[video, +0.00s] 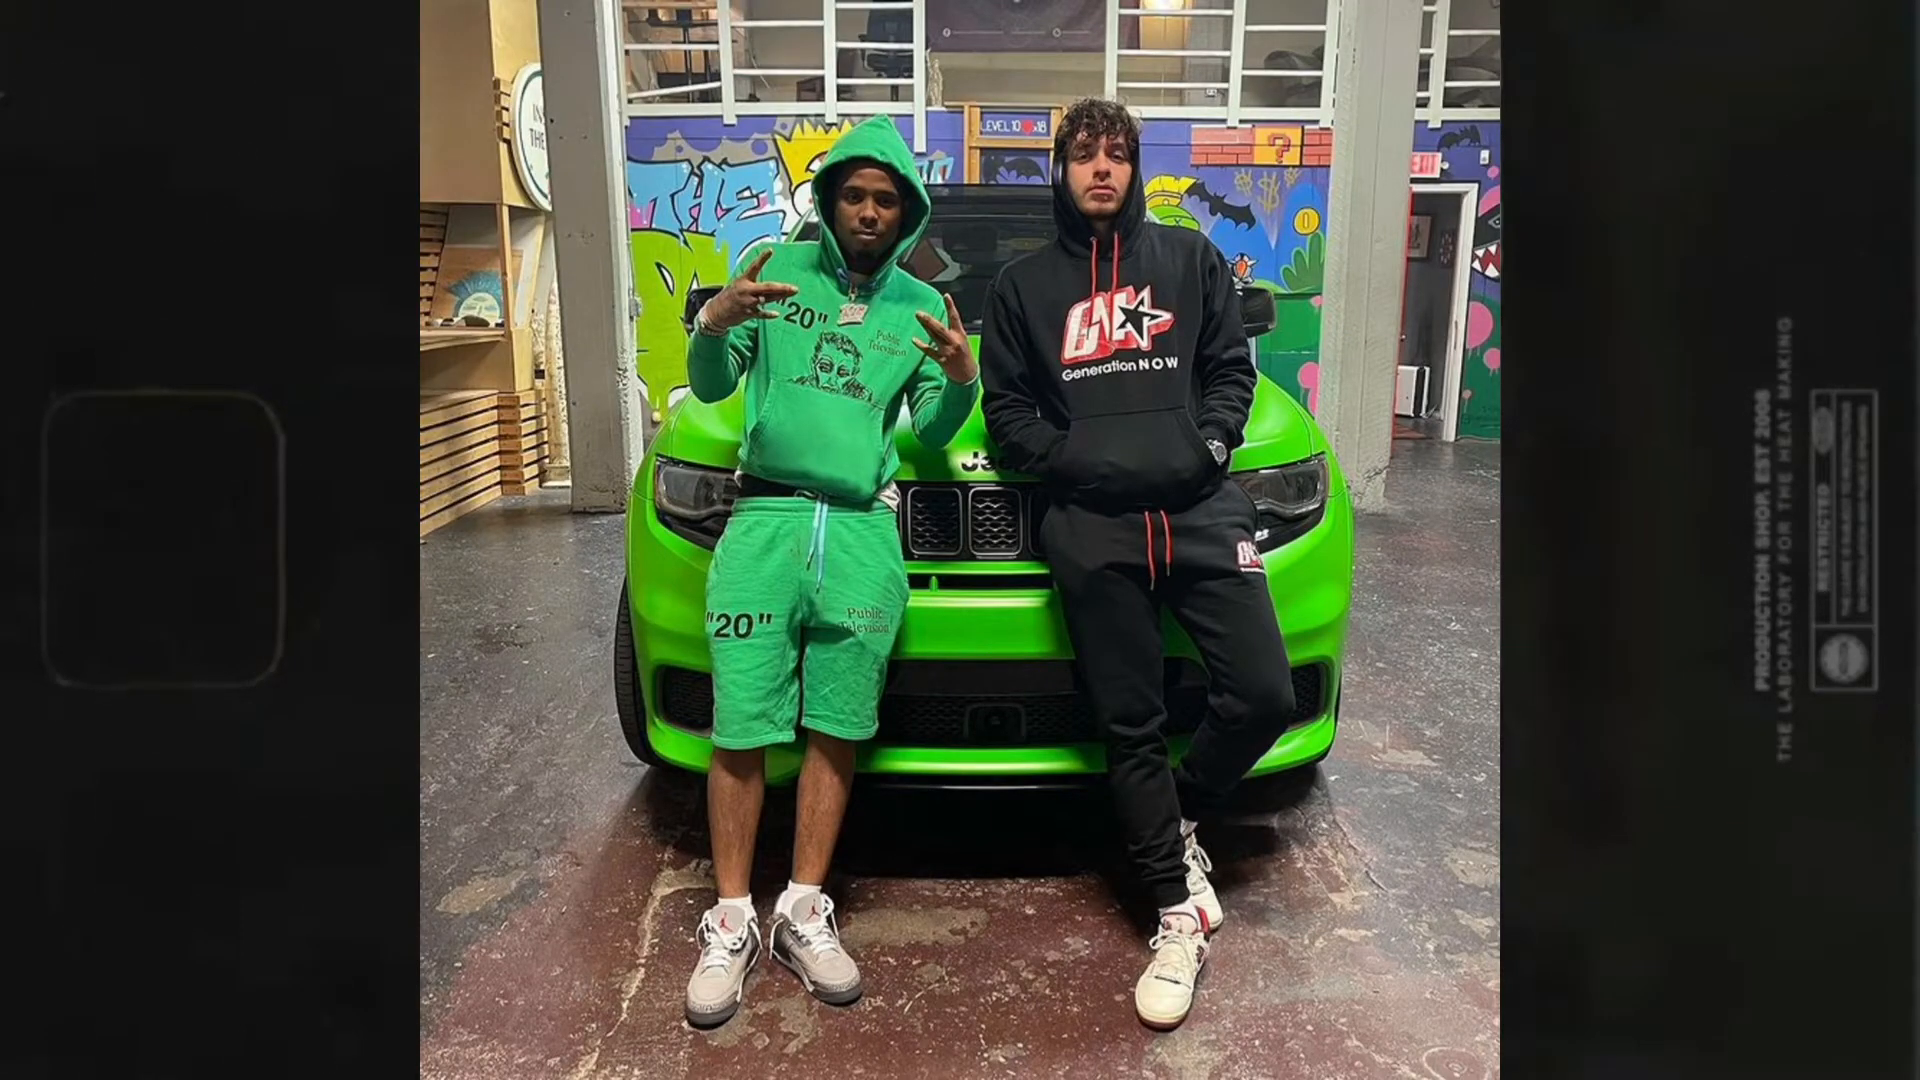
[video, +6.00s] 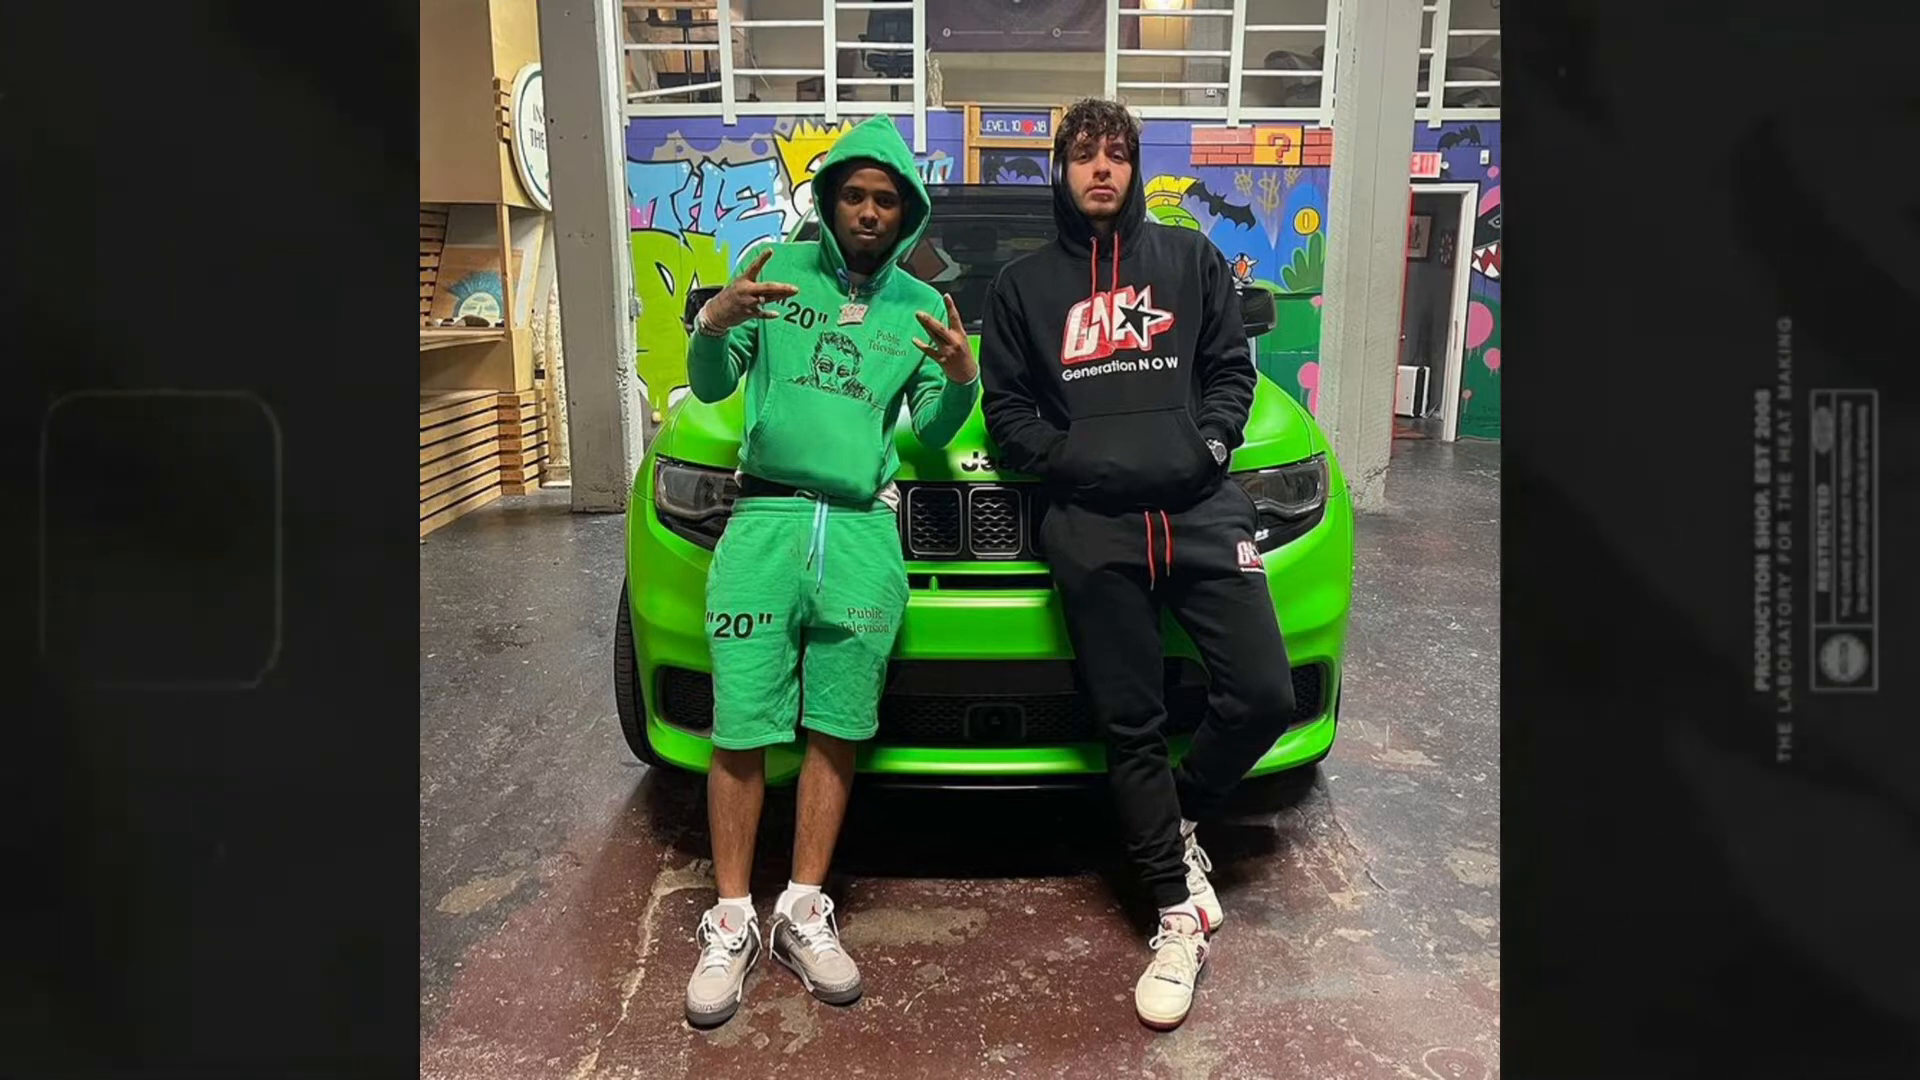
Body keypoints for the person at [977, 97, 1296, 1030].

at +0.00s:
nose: (1101, 171)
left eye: (1115, 159)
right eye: (1086, 159)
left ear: (1137, 170)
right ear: (1061, 172)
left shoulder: (1193, 257)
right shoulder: (1019, 281)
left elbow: (1232, 367)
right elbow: (1005, 405)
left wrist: (1208, 445)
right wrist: (1066, 456)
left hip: (1200, 502)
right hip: (1090, 513)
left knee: (1262, 693)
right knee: (1131, 719)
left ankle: (1179, 819)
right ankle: (1179, 917)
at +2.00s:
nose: (1102, 171)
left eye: (1115, 158)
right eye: (1087, 158)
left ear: (1137, 171)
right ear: (1061, 172)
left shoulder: (1191, 256)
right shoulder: (1017, 280)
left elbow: (1232, 363)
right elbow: (1003, 403)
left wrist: (1209, 444)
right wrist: (1065, 457)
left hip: (1200, 503)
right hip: (1091, 514)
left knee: (1262, 692)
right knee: (1131, 719)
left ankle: (1180, 818)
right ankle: (1179, 917)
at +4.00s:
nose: (1102, 171)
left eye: (1116, 158)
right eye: (1088, 158)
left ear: (1137, 171)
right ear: (1062, 171)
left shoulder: (1191, 256)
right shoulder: (1018, 280)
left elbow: (1232, 364)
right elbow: (1004, 403)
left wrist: (1209, 444)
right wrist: (1065, 457)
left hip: (1200, 503)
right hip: (1091, 514)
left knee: (1262, 693)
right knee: (1131, 718)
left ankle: (1179, 819)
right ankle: (1179, 916)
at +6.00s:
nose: (1102, 171)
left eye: (1115, 158)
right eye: (1087, 158)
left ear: (1137, 171)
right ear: (1061, 172)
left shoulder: (1191, 256)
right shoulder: (1017, 280)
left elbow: (1232, 363)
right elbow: (1003, 403)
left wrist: (1209, 444)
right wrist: (1064, 457)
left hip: (1200, 503)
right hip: (1091, 514)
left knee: (1262, 692)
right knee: (1131, 719)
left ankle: (1180, 818)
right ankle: (1179, 918)